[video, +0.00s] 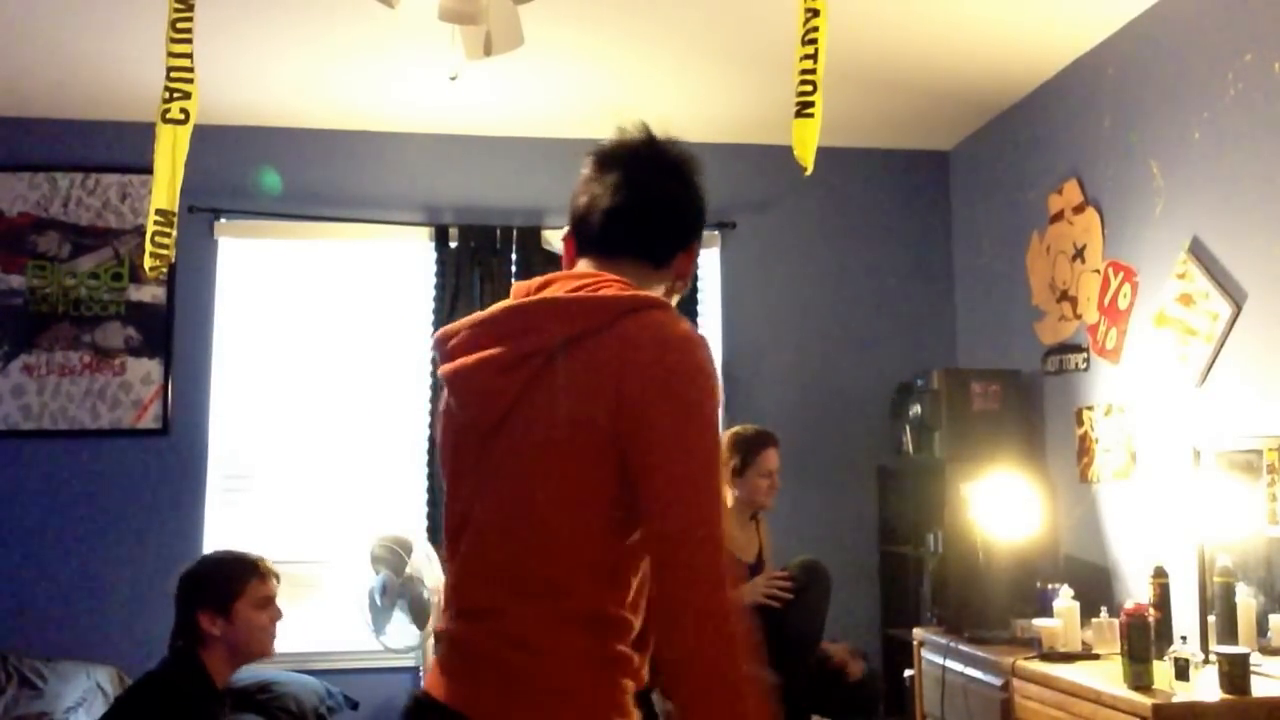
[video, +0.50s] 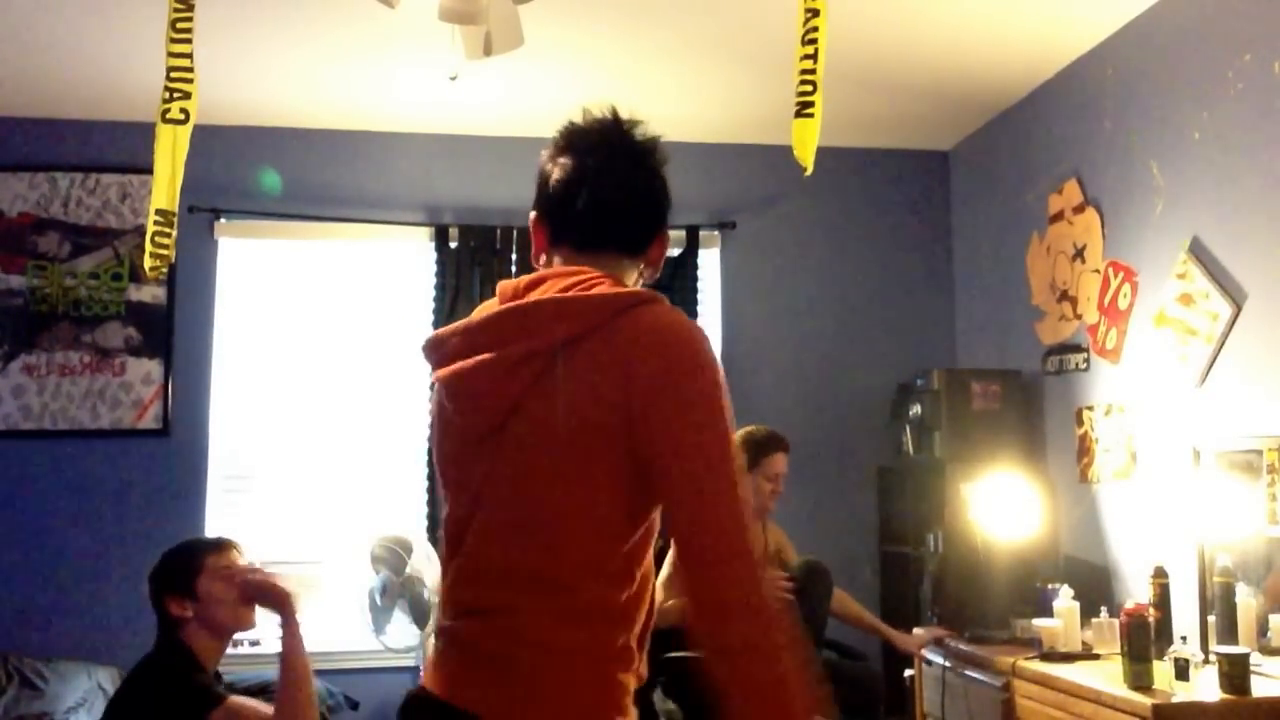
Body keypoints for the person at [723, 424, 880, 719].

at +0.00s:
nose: (775, 485)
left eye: (776, 475)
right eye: (765, 476)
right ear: (734, 476)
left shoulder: (757, 525)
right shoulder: (713, 529)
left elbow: (768, 610)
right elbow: (697, 607)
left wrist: (822, 649)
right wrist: (742, 595)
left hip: (755, 647)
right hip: (721, 652)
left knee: (861, 687)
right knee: (810, 574)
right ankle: (794, 706)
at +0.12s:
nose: (776, 485)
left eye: (777, 475)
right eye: (767, 475)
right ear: (735, 475)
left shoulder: (761, 527)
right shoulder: (713, 527)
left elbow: (793, 598)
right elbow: (699, 596)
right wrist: (743, 593)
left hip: (765, 634)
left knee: (862, 675)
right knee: (810, 574)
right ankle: (791, 697)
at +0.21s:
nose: (777, 484)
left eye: (778, 475)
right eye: (768, 475)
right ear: (733, 475)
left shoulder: (762, 528)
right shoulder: (702, 526)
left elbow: (805, 596)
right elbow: (684, 613)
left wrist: (879, 630)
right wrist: (738, 597)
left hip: (764, 641)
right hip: (721, 647)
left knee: (861, 678)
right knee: (811, 574)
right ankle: (793, 708)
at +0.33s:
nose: (778, 485)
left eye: (779, 476)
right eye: (769, 476)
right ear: (732, 475)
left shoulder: (765, 531)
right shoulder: (699, 528)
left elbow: (819, 591)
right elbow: (663, 612)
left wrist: (891, 632)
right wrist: (738, 597)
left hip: (749, 645)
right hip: (700, 653)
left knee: (860, 677)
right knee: (812, 574)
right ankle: (796, 702)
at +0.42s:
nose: (778, 487)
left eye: (780, 478)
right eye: (770, 477)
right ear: (733, 474)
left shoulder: (767, 532)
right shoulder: (703, 526)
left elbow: (821, 592)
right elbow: (683, 610)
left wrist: (893, 634)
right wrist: (740, 596)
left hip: (762, 645)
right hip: (721, 654)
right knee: (813, 574)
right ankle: (795, 706)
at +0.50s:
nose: (778, 490)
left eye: (781, 480)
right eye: (770, 479)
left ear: (780, 480)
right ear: (739, 476)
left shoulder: (768, 535)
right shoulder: (703, 533)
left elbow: (825, 594)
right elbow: (661, 612)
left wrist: (895, 636)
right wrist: (748, 591)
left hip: (761, 643)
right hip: (718, 654)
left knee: (814, 575)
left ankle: (790, 685)